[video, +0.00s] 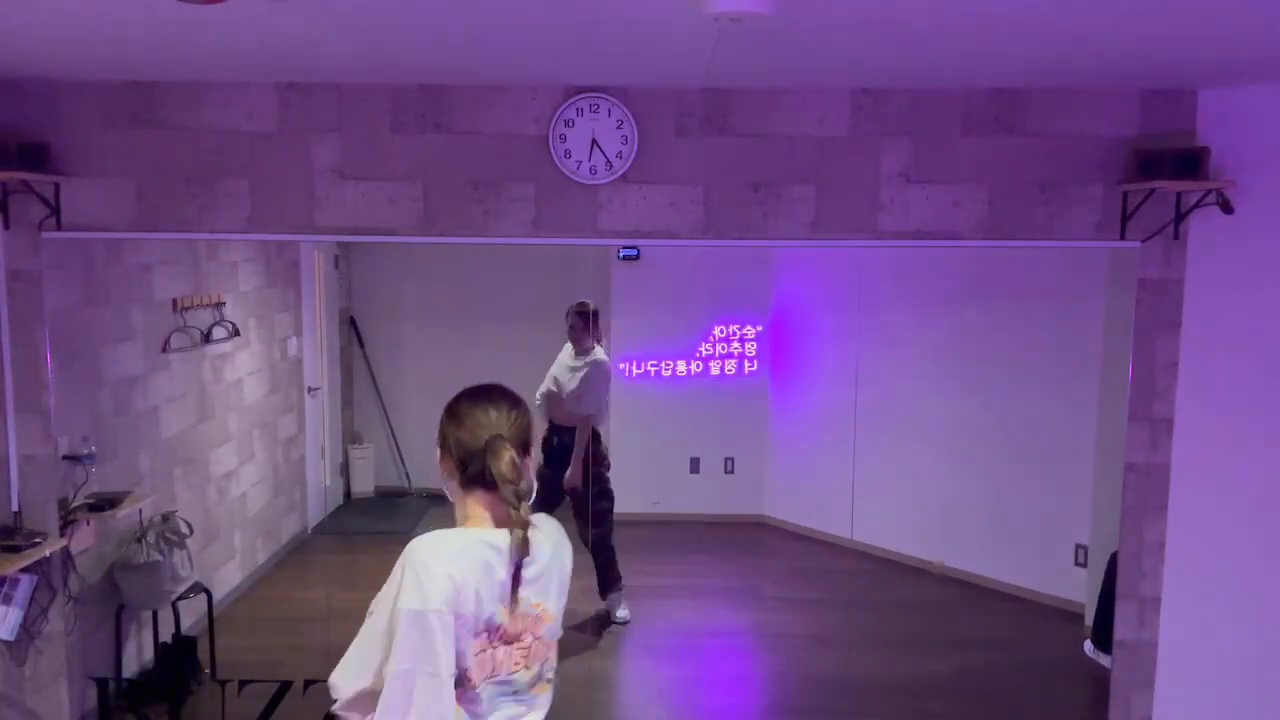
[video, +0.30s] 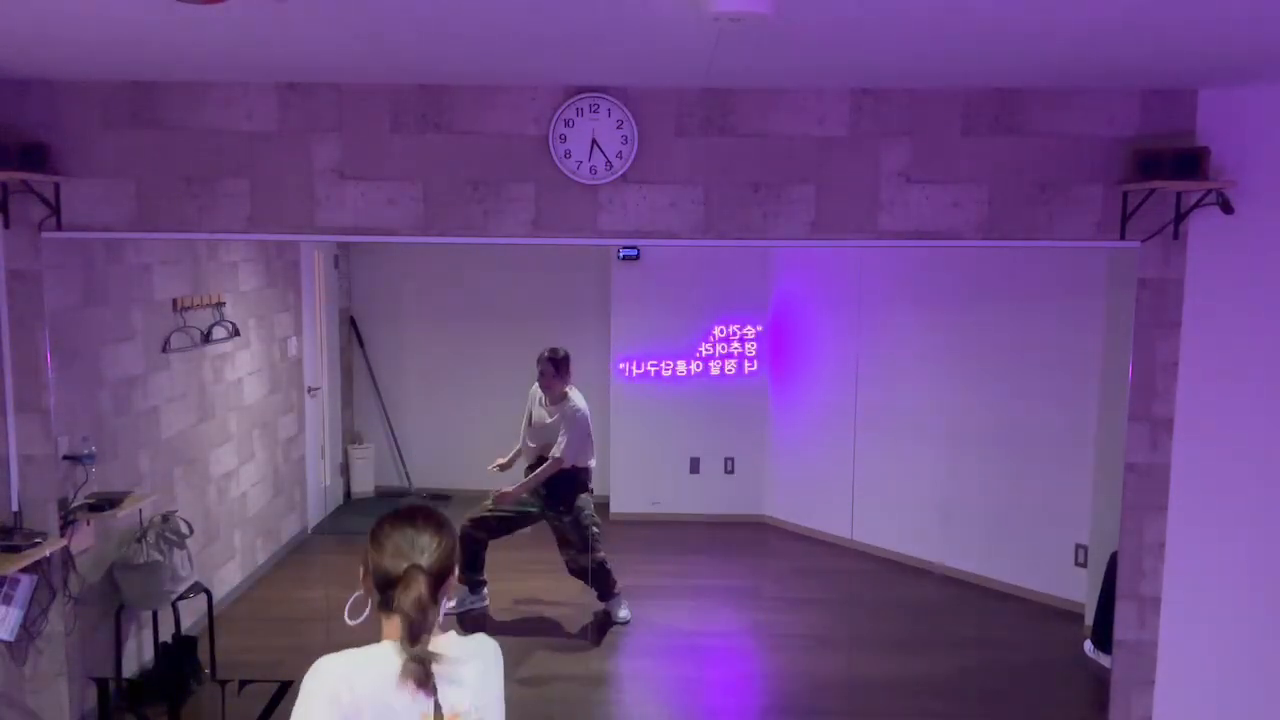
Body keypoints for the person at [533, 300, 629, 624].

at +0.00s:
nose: (572, 333)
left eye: (578, 328)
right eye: (570, 328)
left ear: (593, 329)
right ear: (567, 327)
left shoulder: (598, 365)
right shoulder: (568, 352)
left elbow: (587, 418)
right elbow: (554, 398)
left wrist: (576, 464)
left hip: (584, 447)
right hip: (555, 442)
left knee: (595, 526)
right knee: (537, 517)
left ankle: (614, 597)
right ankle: (519, 592)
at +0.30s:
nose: (541, 381)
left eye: (547, 375)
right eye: (539, 374)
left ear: (564, 376)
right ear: (537, 373)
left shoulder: (575, 410)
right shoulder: (537, 393)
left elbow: (557, 462)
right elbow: (529, 436)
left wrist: (516, 491)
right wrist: (510, 459)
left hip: (569, 490)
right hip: (537, 485)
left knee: (584, 557)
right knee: (473, 529)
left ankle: (613, 600)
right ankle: (474, 594)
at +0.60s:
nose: (533, 414)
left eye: (538, 410)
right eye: (533, 409)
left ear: (556, 413)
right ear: (532, 407)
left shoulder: (570, 436)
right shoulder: (526, 420)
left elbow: (559, 469)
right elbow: (503, 425)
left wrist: (513, 463)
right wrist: (476, 429)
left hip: (562, 513)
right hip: (526, 505)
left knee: (590, 567)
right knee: (456, 533)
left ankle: (612, 600)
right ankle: (474, 593)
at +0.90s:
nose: (519, 363)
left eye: (525, 358)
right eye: (516, 356)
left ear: (535, 357)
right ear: (508, 350)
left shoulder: (543, 367)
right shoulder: (492, 360)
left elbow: (576, 374)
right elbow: (446, 350)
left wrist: (544, 399)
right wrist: (458, 387)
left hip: (532, 460)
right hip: (497, 458)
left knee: (560, 530)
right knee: (453, 532)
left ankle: (600, 595)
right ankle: (472, 591)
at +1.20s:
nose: (497, 319)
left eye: (503, 313)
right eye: (493, 313)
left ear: (515, 316)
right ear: (486, 314)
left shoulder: (531, 350)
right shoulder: (468, 348)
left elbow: (546, 396)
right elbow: (452, 396)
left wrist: (546, 440)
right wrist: (447, 440)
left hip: (516, 435)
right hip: (479, 435)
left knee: (508, 515)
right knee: (476, 513)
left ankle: (500, 591)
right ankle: (475, 590)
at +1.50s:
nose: (488, 356)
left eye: (494, 350)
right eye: (482, 350)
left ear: (505, 353)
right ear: (475, 353)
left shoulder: (525, 386)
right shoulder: (460, 387)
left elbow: (554, 424)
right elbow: (436, 423)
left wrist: (549, 444)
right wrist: (430, 442)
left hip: (508, 462)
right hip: (473, 461)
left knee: (502, 532)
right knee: (457, 536)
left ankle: (498, 594)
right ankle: (474, 593)